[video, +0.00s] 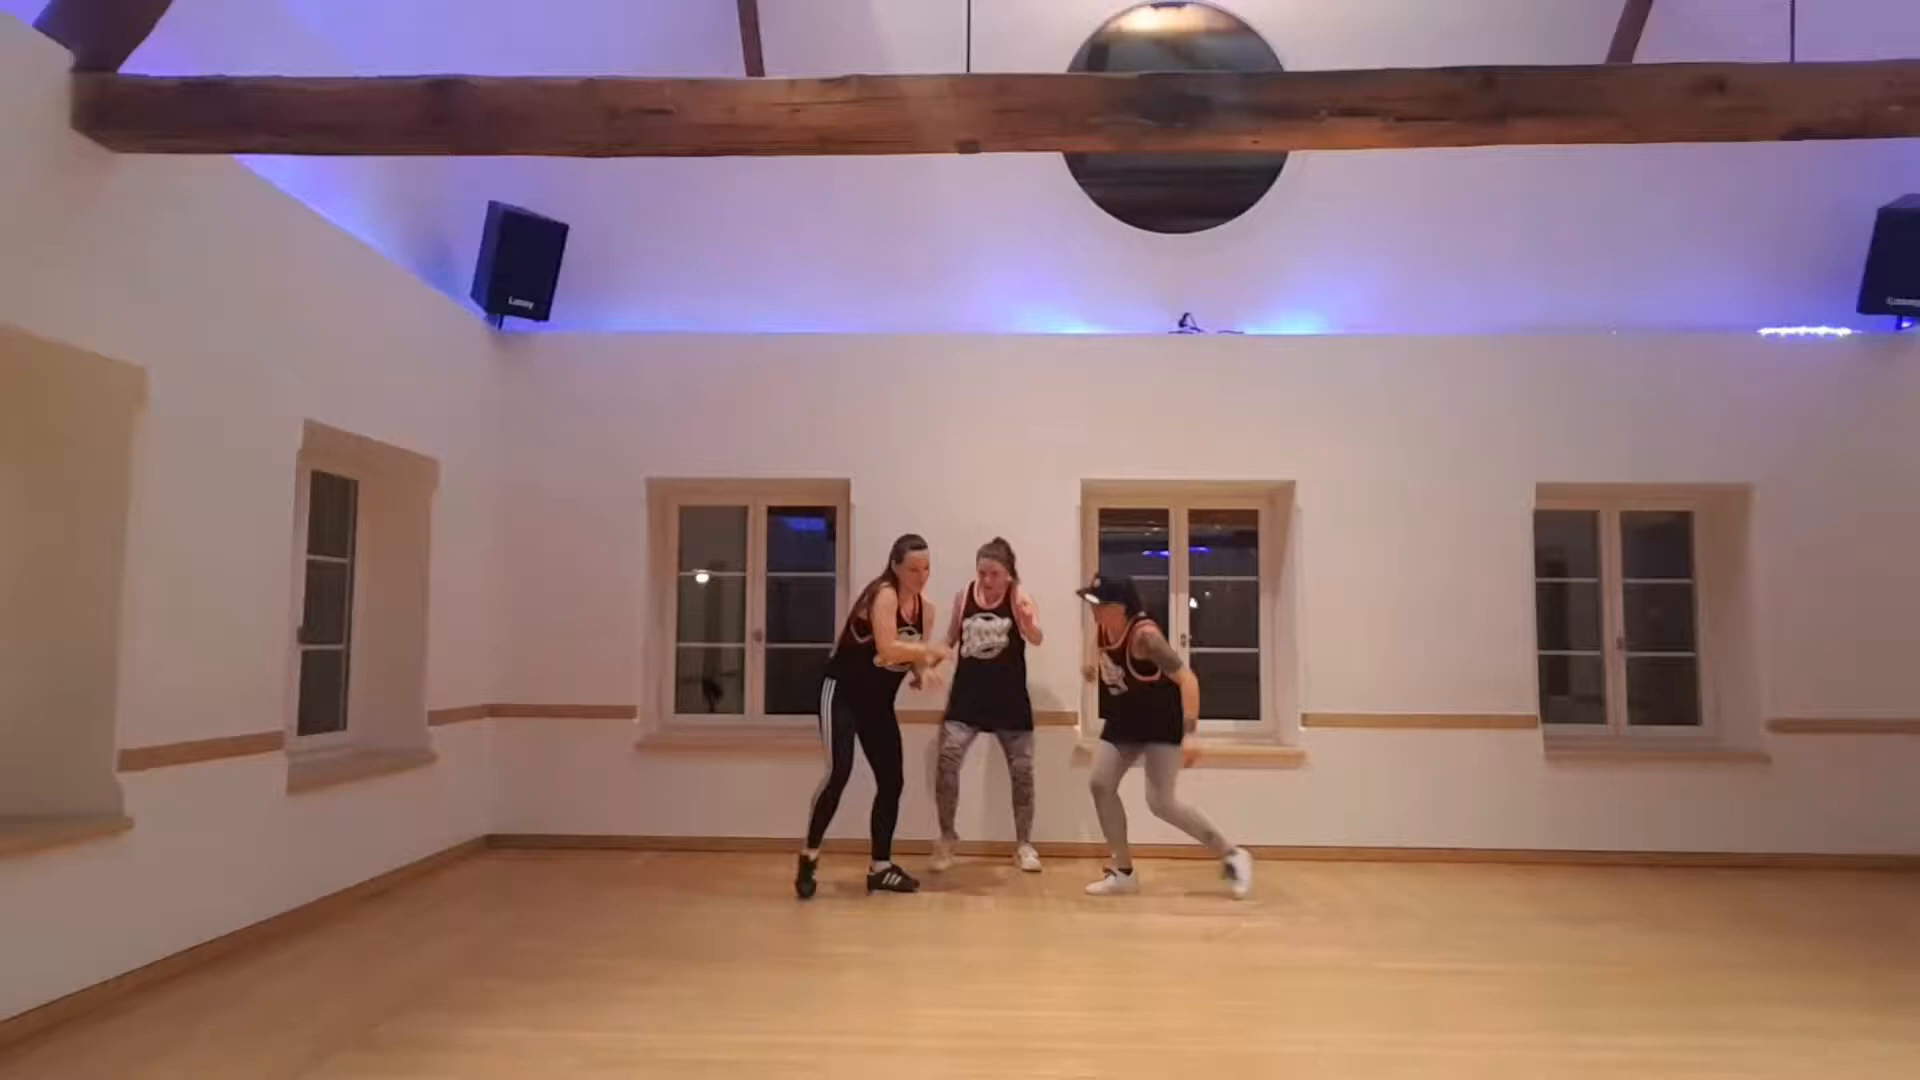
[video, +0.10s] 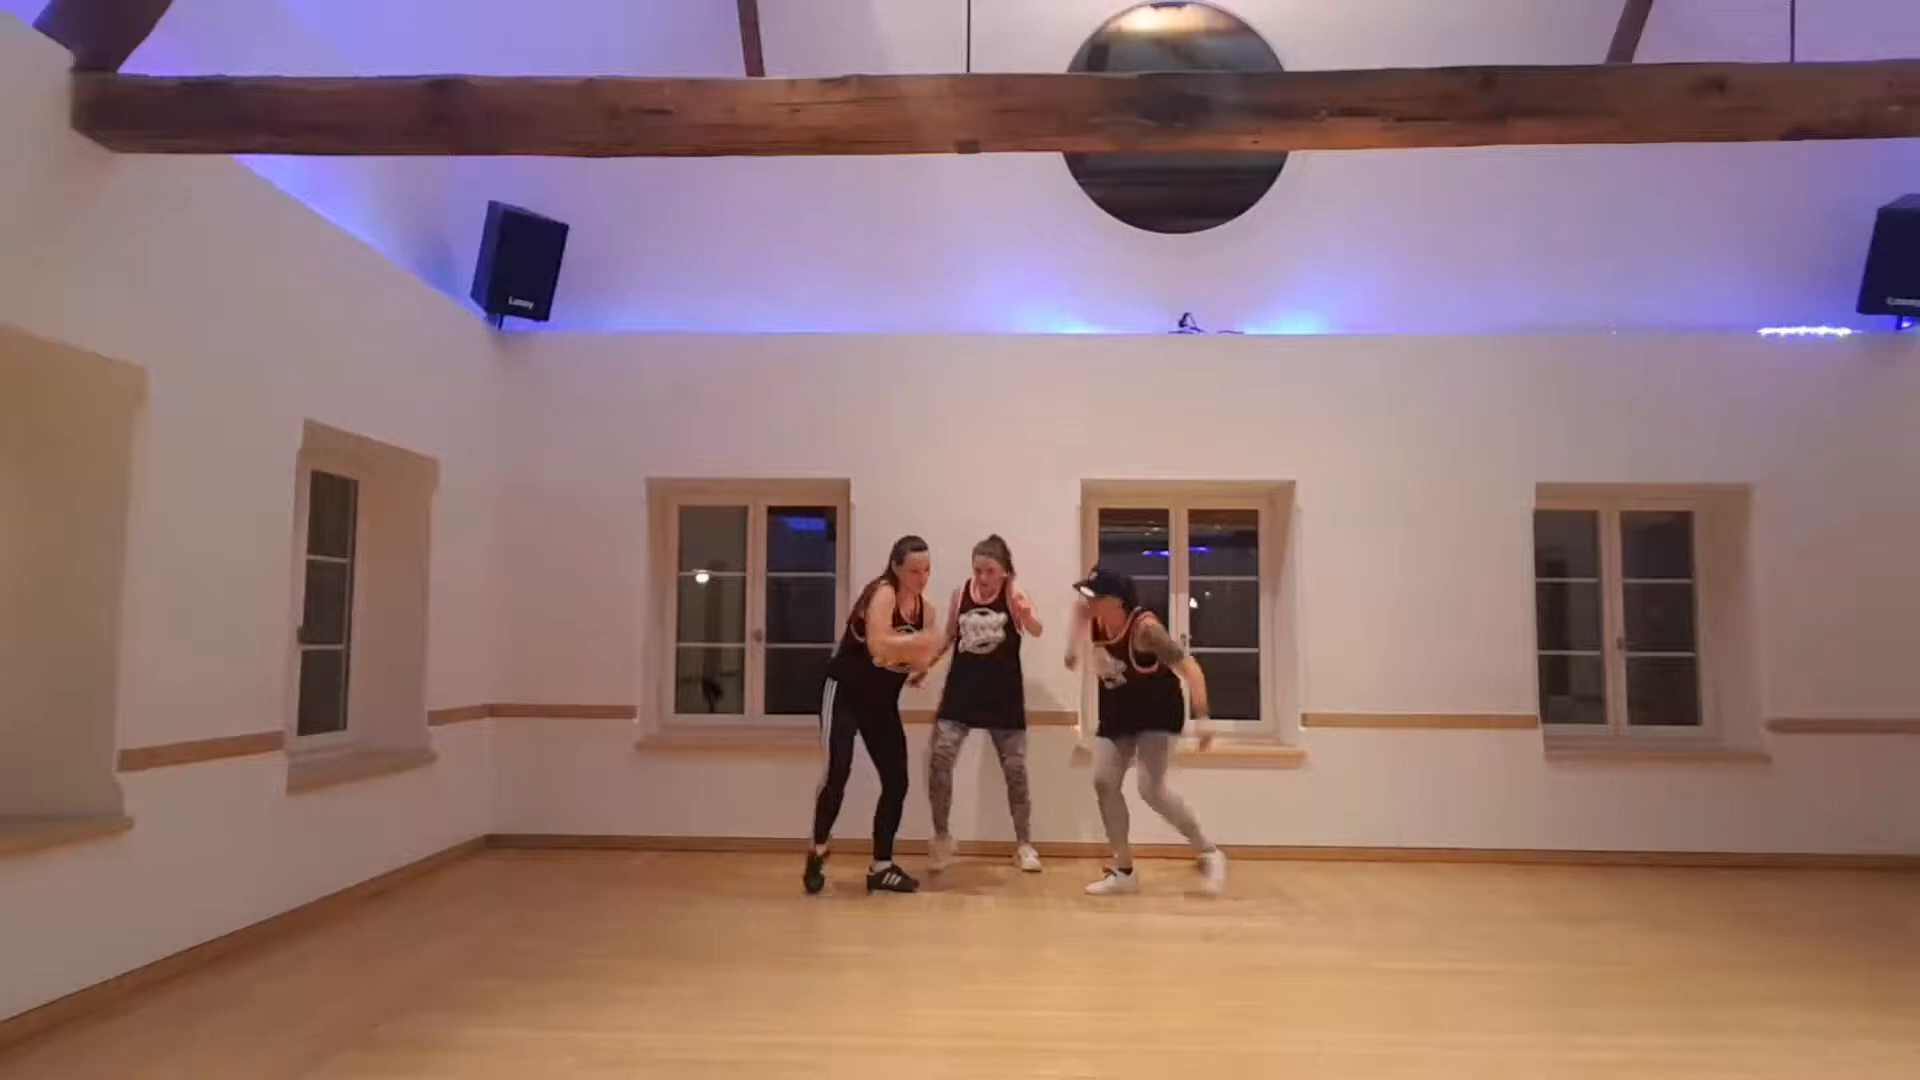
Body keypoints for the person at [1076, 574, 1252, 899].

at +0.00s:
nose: (1095, 611)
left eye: (1101, 606)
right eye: (1095, 605)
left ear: (1120, 607)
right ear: (1106, 607)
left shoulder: (1147, 636)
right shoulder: (1103, 630)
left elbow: (1188, 680)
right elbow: (1105, 668)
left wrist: (1190, 735)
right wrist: (1093, 669)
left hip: (1163, 725)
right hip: (1124, 722)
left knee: (1161, 802)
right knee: (1100, 785)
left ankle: (1233, 856)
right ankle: (1123, 871)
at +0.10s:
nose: (1091, 604)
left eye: (1096, 598)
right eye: (1090, 598)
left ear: (1117, 600)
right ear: (1098, 601)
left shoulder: (1146, 628)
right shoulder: (1096, 623)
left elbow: (1191, 670)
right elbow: (1073, 663)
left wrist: (1202, 717)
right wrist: (1079, 626)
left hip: (1158, 710)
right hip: (1118, 711)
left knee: (1152, 788)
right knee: (1105, 783)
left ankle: (1209, 853)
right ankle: (1123, 870)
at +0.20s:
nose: (1092, 594)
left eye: (1098, 588)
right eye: (1092, 588)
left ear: (1118, 592)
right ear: (1094, 591)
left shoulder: (1148, 617)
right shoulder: (1091, 606)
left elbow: (1194, 645)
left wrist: (1215, 690)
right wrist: (1049, 633)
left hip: (1150, 702)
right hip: (1109, 703)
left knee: (1135, 776)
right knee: (1106, 780)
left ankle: (1162, 861)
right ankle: (1122, 869)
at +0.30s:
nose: (1092, 582)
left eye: (1098, 577)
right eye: (1092, 577)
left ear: (1119, 582)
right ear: (1094, 580)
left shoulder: (1150, 607)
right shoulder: (1087, 594)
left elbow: (1190, 634)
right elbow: (1047, 593)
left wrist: (1218, 670)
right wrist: (1036, 634)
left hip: (1141, 706)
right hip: (1099, 706)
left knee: (1115, 775)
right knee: (1097, 779)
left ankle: (1133, 863)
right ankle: (1118, 864)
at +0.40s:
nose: (1096, 577)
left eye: (1104, 571)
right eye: (1096, 571)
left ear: (1125, 577)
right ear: (1099, 576)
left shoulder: (1154, 609)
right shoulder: (1090, 599)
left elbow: (1188, 644)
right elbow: (1049, 613)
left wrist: (1219, 669)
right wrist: (1035, 643)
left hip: (1134, 710)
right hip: (1092, 706)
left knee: (1101, 786)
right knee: (1087, 789)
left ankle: (1129, 868)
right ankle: (1116, 867)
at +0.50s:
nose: (1095, 576)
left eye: (1102, 571)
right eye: (1095, 570)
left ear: (1124, 577)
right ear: (1099, 577)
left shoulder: (1155, 617)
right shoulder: (1091, 609)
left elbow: (1189, 659)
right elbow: (1051, 633)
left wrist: (1228, 675)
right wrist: (1038, 642)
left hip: (1128, 720)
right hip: (1087, 715)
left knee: (1093, 793)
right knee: (1079, 795)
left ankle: (1127, 869)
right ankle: (1117, 867)